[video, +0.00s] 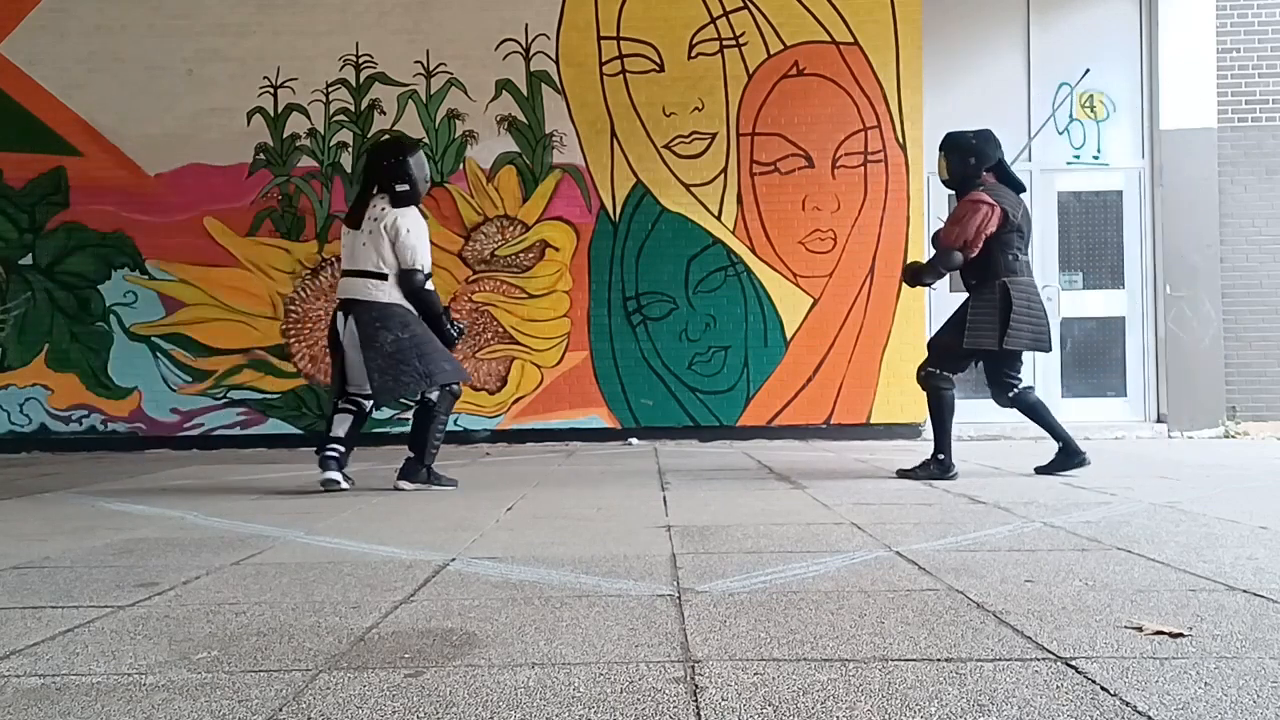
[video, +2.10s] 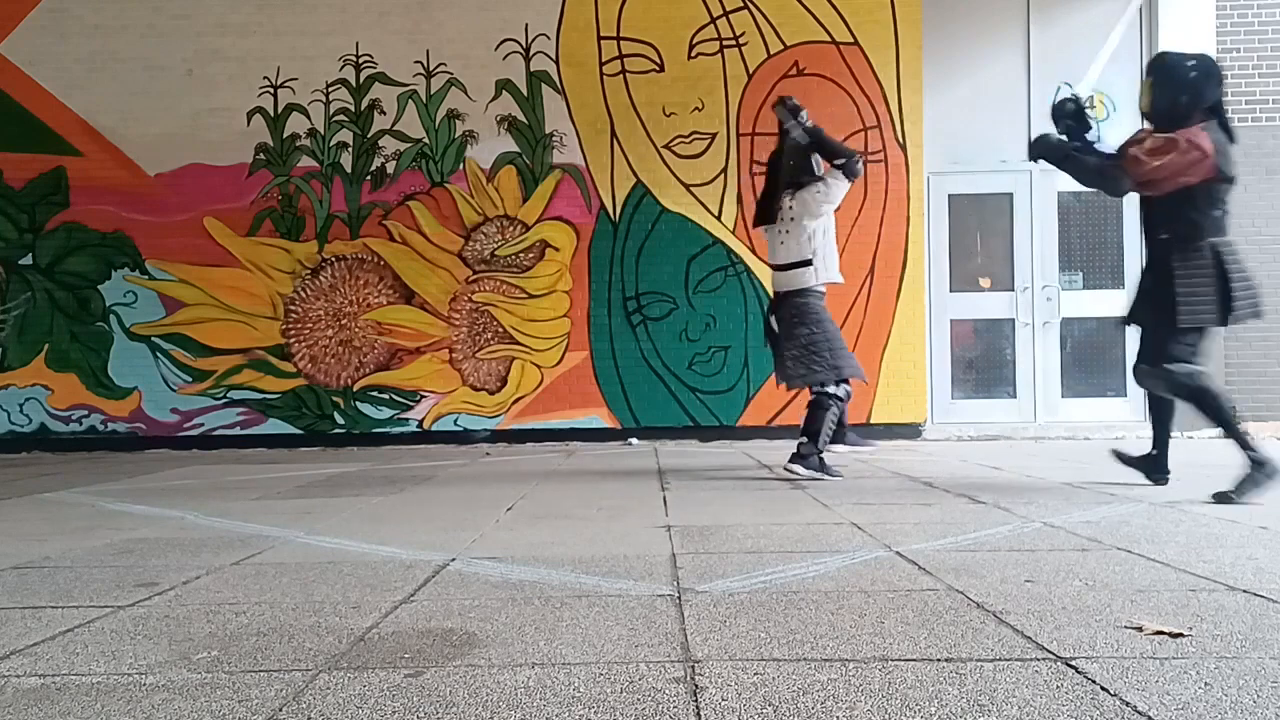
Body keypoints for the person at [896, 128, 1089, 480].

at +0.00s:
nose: (944, 169)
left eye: (950, 161)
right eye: (944, 161)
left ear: (973, 164)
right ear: (986, 165)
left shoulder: (979, 201)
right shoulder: (1008, 198)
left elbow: (949, 255)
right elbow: (977, 253)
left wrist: (922, 274)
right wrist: (933, 269)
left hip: (993, 301)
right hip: (1017, 300)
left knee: (935, 368)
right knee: (1007, 387)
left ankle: (941, 460)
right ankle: (1070, 449)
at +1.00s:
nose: (992, 172)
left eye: (998, 164)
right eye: (992, 165)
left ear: (1022, 165)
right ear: (1026, 167)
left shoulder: (1034, 203)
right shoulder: (1034, 200)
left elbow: (1015, 260)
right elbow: (1026, 256)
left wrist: (975, 280)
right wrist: (994, 250)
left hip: (1048, 300)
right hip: (1056, 299)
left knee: (994, 367)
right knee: (1044, 385)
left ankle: (1004, 456)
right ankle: (1102, 447)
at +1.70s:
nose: (1038, 170)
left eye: (1046, 163)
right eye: (1039, 162)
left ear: (1074, 166)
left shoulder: (1090, 212)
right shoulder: (1043, 202)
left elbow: (1038, 252)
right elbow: (1021, 248)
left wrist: (974, 249)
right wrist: (972, 250)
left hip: (1064, 304)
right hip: (1038, 300)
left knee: (1005, 377)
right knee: (1022, 387)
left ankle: (982, 462)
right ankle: (1108, 438)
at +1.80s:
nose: (1066, 149)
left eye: (1075, 143)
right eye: (1068, 141)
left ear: (1101, 146)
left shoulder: (1119, 189)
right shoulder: (1068, 184)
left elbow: (1059, 219)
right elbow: (1032, 226)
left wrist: (996, 200)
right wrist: (994, 201)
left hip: (1096, 300)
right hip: (1071, 297)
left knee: (1030, 381)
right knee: (1068, 395)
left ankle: (989, 461)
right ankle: (1140, 463)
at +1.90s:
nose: (1090, 127)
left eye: (1097, 121)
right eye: (1093, 120)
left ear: (1119, 128)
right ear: (1126, 129)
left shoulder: (1139, 172)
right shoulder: (1119, 169)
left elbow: (1076, 192)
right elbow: (1055, 199)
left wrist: (1017, 167)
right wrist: (1021, 167)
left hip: (1120, 291)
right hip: (1116, 289)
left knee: (1054, 360)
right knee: (1091, 379)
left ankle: (1056, 451)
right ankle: (1142, 463)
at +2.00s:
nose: (1117, 106)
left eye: (1124, 99)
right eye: (1120, 98)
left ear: (1146, 109)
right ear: (1160, 110)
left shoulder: (1160, 155)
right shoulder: (1166, 150)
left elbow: (1094, 179)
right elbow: (1096, 172)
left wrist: (1035, 152)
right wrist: (1054, 146)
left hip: (1150, 272)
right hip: (1152, 270)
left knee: (1107, 356)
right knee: (1109, 357)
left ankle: (1149, 456)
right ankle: (1152, 448)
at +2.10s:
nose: (1147, 96)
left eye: (1156, 88)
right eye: (1150, 87)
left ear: (1180, 95)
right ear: (1193, 95)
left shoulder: (1190, 144)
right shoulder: (1188, 137)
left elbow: (1118, 178)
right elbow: (1129, 170)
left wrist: (1057, 152)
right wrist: (1081, 149)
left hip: (1189, 268)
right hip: (1174, 266)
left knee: (1170, 368)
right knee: (1156, 365)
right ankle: (1157, 459)